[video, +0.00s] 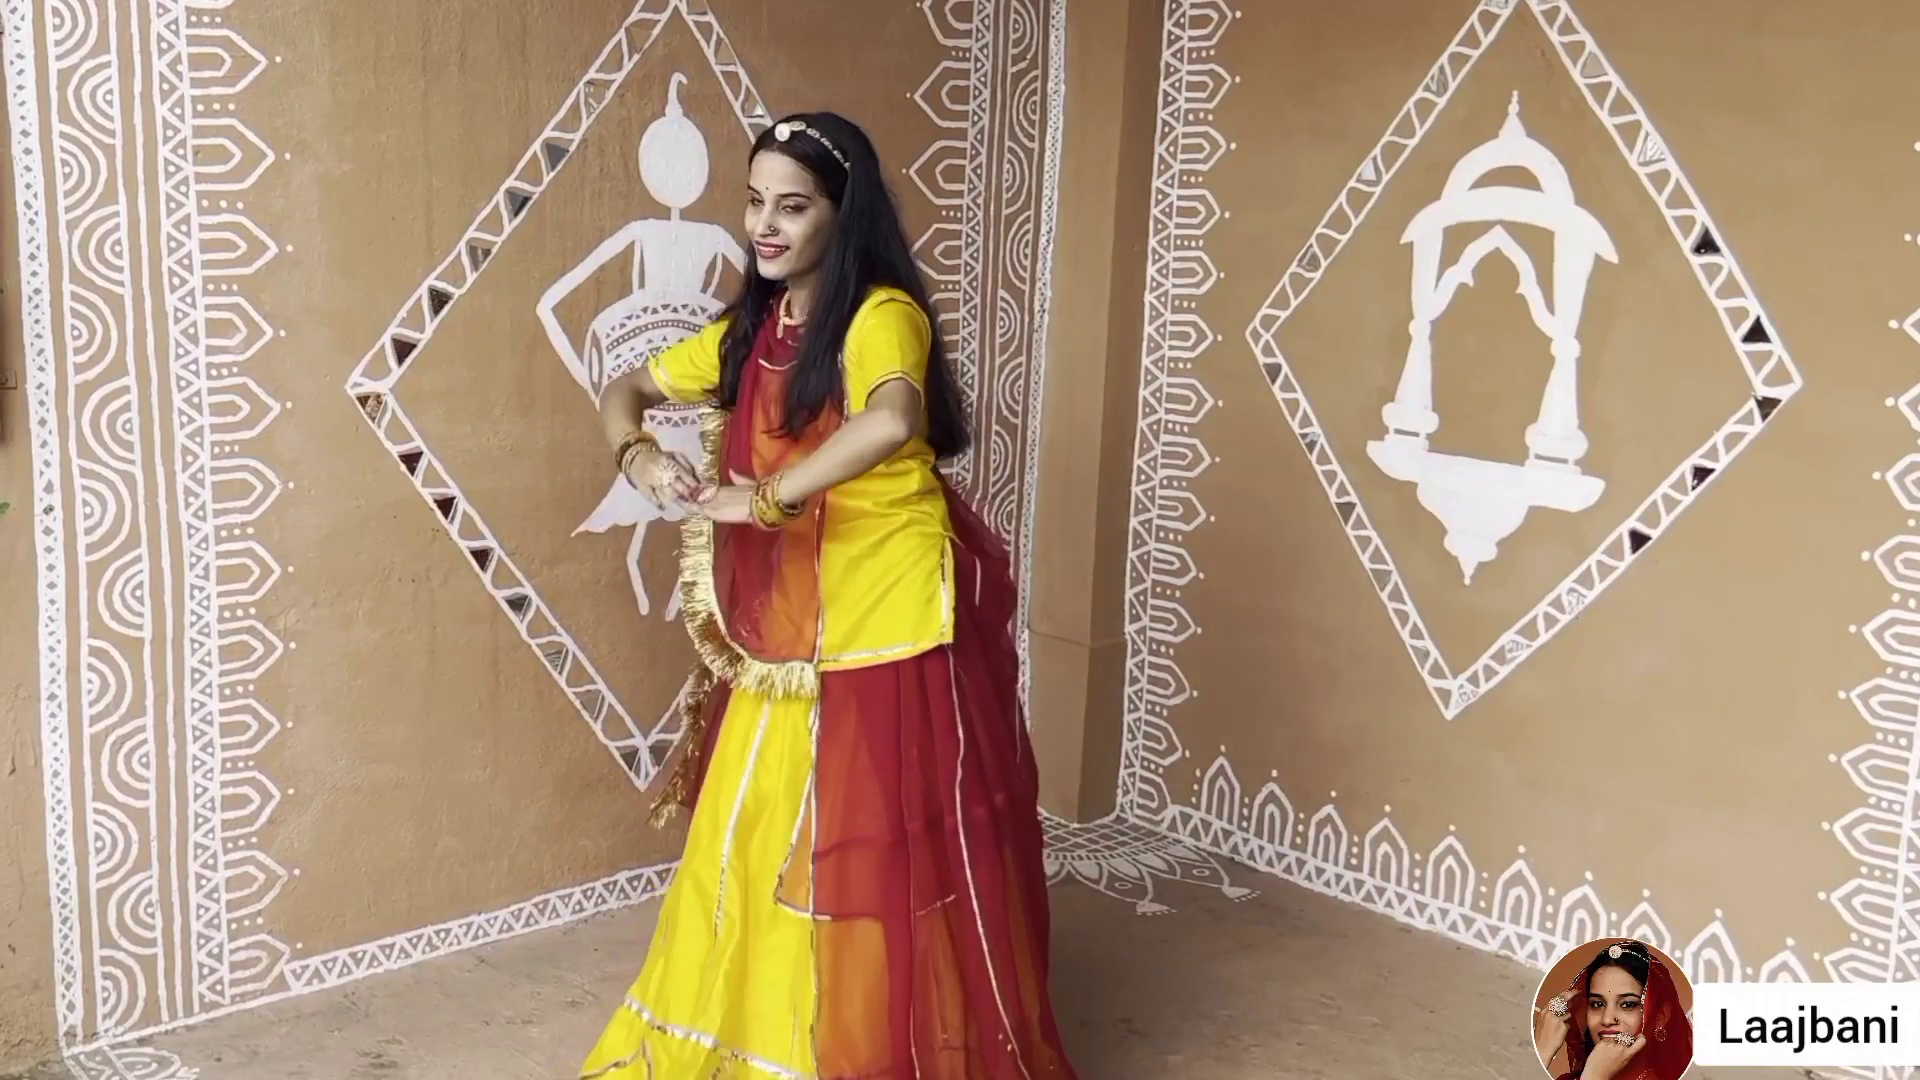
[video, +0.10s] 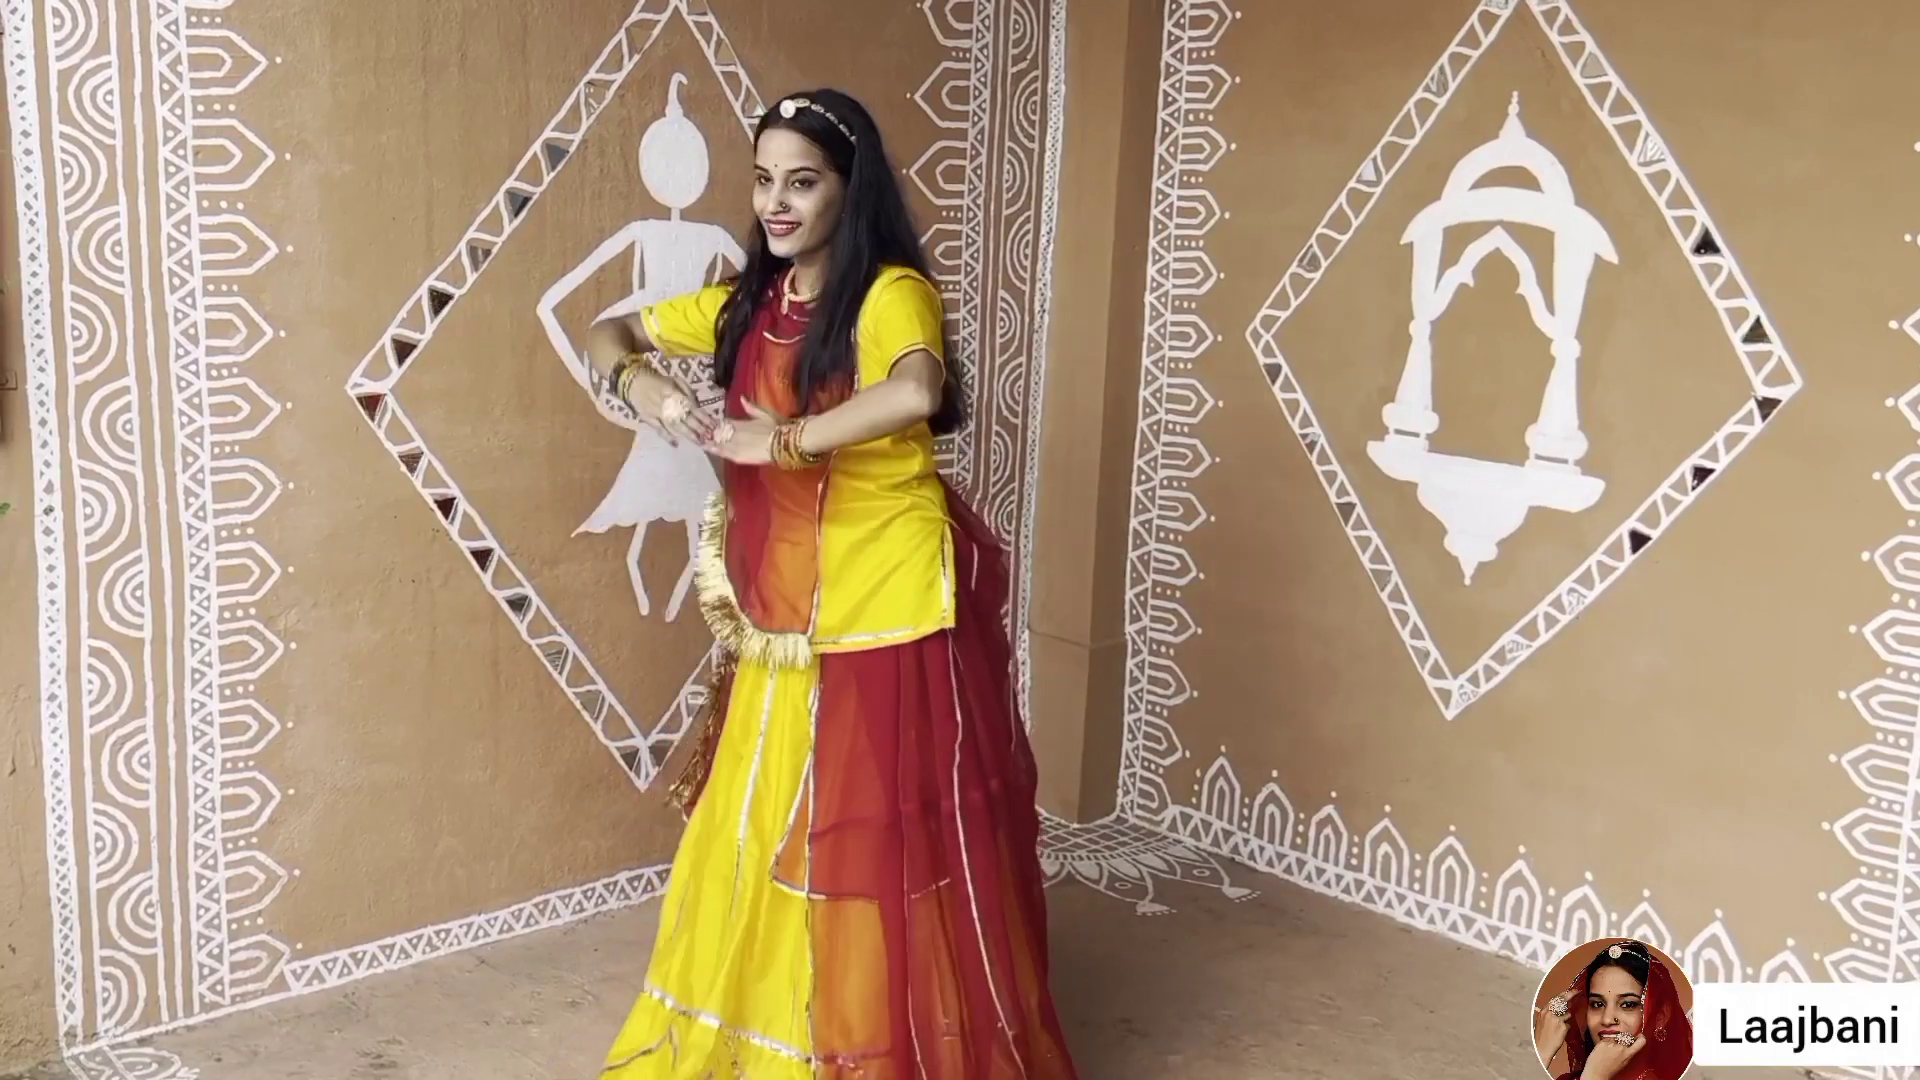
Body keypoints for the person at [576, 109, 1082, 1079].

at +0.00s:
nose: (765, 223)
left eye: (790, 205)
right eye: (755, 203)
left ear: (842, 211)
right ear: (744, 210)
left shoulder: (880, 310)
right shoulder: (753, 325)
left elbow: (894, 417)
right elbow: (625, 386)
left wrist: (770, 495)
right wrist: (639, 456)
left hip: (887, 610)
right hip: (783, 610)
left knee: (864, 849)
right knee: (757, 845)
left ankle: (865, 1062)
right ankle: (750, 1056)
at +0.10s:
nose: (775, 200)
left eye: (799, 180)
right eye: (764, 179)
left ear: (850, 188)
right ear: (751, 187)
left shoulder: (891, 289)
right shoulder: (748, 299)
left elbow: (916, 391)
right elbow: (611, 335)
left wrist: (787, 437)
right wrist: (645, 379)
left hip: (892, 602)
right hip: (784, 605)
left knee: (875, 837)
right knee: (764, 835)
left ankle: (881, 1057)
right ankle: (763, 1053)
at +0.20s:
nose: (782, 164)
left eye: (807, 143)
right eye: (768, 144)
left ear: (855, 149)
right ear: (754, 156)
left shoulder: (903, 250)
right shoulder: (745, 255)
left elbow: (922, 341)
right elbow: (618, 241)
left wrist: (777, 344)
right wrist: (663, 291)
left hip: (898, 584)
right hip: (783, 587)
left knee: (881, 831)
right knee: (763, 829)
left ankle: (890, 1057)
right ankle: (755, 1053)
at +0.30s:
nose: (785, 155)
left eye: (808, 133)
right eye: (769, 136)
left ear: (857, 139)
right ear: (752, 148)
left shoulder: (907, 234)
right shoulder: (741, 242)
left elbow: (923, 311)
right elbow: (598, 197)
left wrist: (768, 291)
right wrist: (619, 158)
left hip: (905, 577)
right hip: (782, 581)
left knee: (886, 824)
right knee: (770, 824)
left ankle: (897, 1053)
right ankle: (763, 1050)